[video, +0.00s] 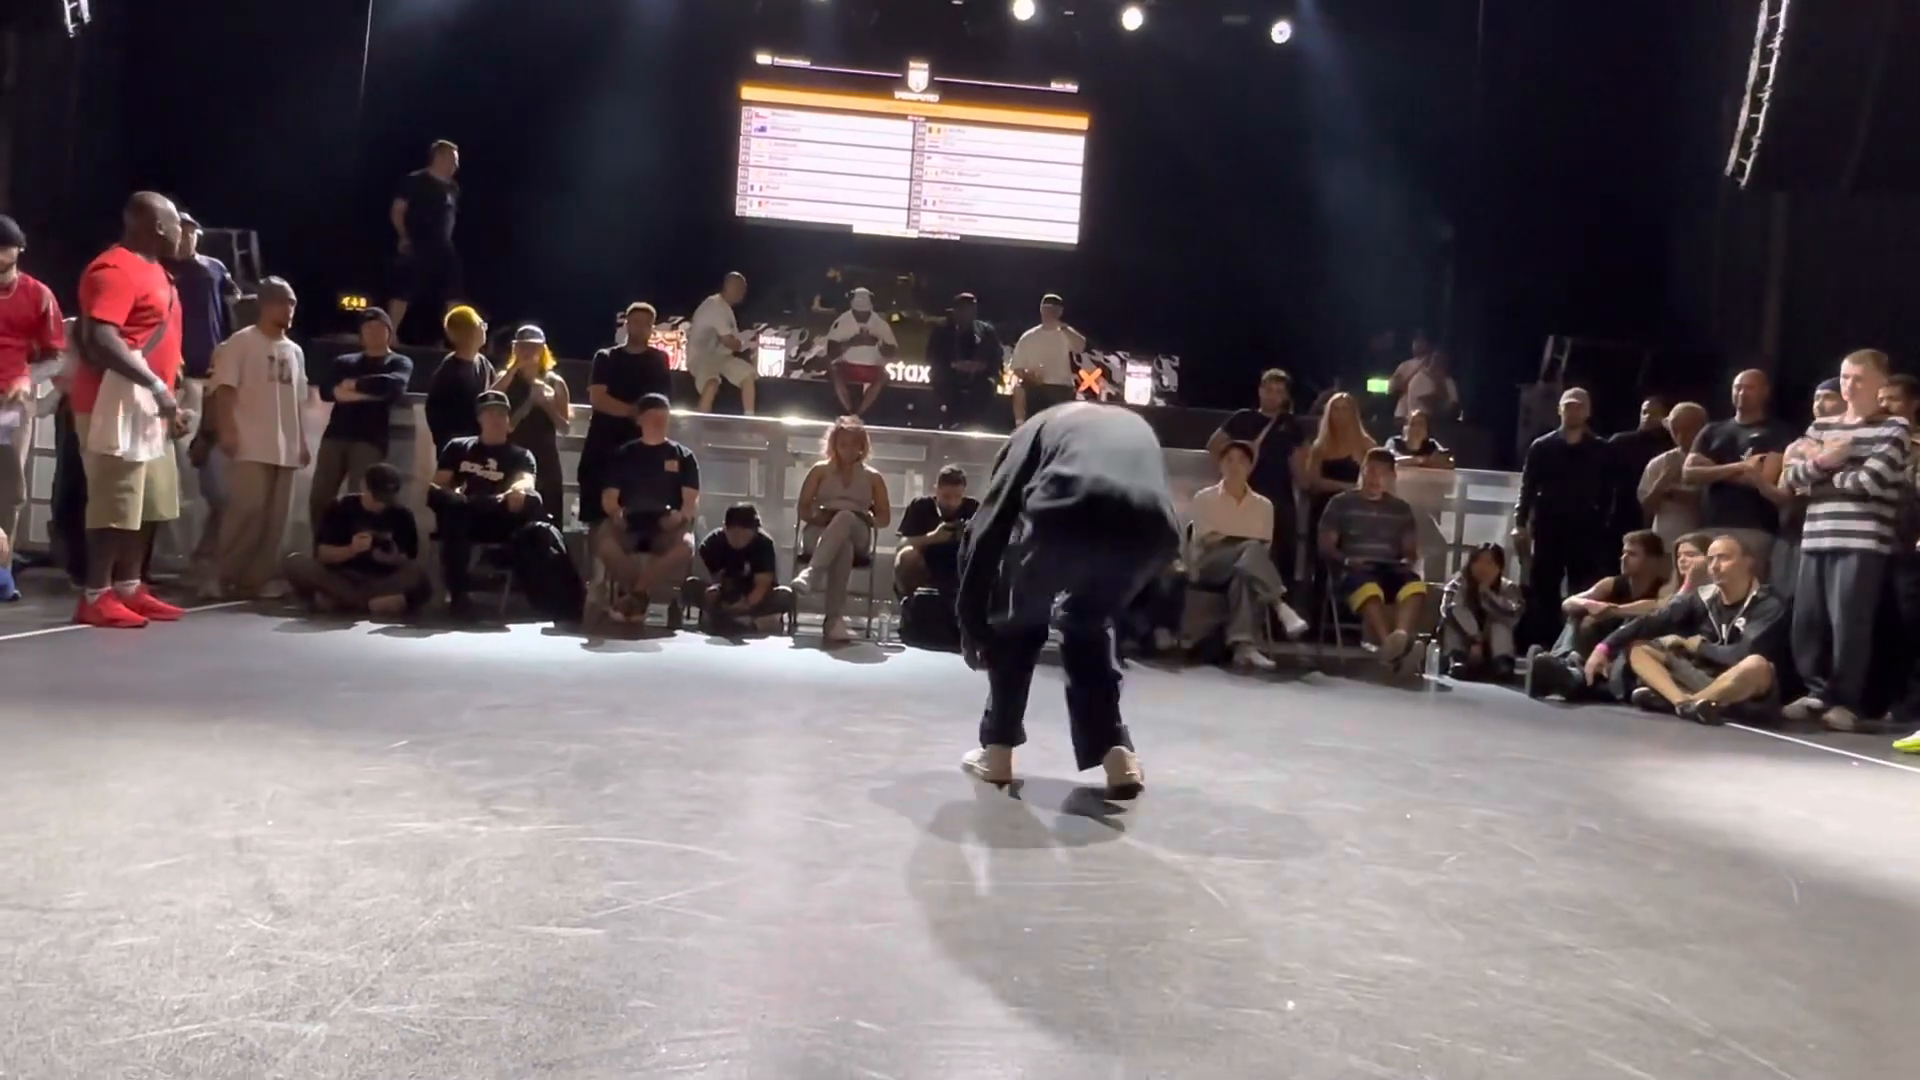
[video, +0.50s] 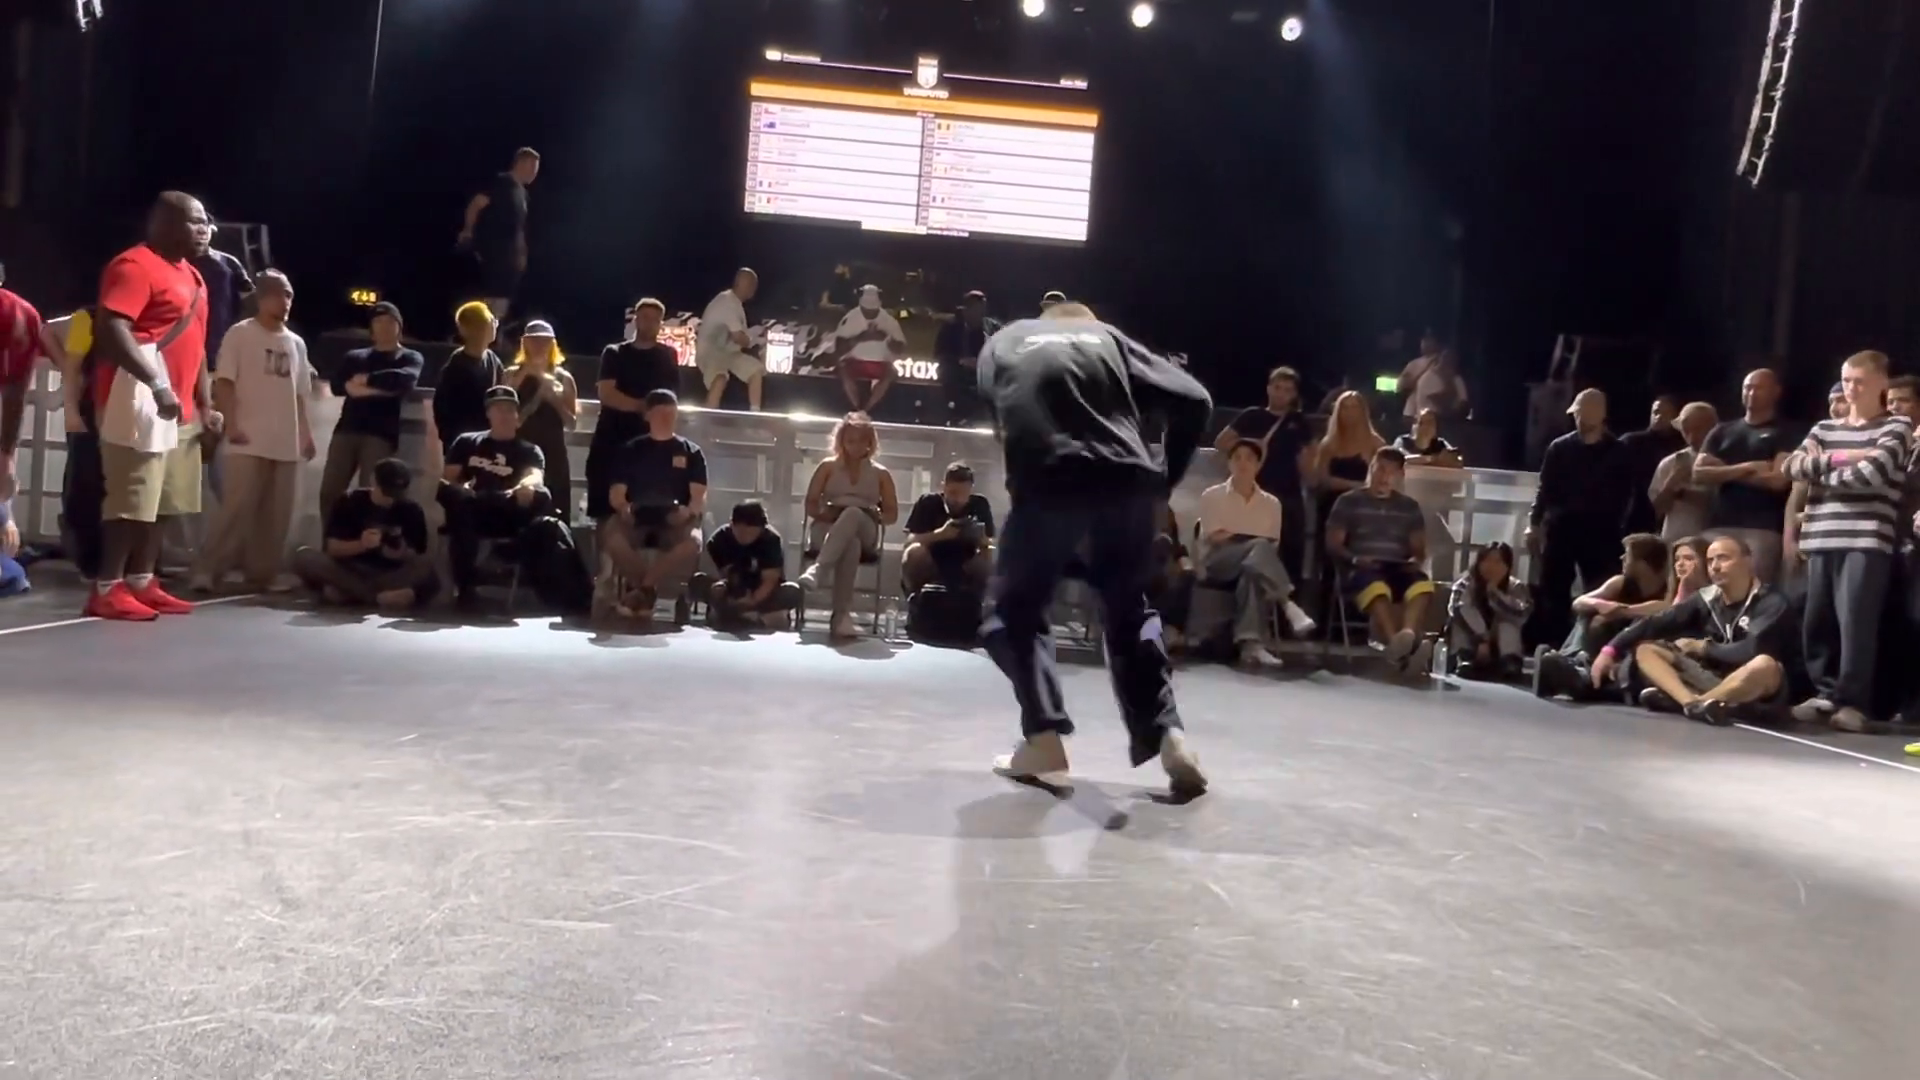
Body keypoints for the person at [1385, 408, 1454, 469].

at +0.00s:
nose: (1417, 429)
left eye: (1421, 424)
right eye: (1413, 424)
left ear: (1427, 428)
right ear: (1406, 427)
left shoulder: (1432, 445)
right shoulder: (1394, 442)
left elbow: (1447, 460)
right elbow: (1391, 459)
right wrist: (1420, 460)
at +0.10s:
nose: (1419, 428)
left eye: (1423, 424)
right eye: (1415, 424)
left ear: (1429, 427)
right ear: (1409, 426)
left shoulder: (1434, 444)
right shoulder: (1396, 442)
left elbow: (1449, 461)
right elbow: (1393, 460)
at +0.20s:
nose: (1420, 428)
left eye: (1424, 424)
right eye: (1416, 424)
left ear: (1430, 427)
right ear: (1410, 426)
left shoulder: (1436, 445)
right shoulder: (1397, 442)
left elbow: (1451, 461)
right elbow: (1393, 459)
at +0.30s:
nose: (1423, 428)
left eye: (1427, 424)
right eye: (1419, 424)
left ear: (1433, 427)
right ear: (1412, 426)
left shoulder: (1438, 444)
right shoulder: (1400, 442)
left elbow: (1454, 462)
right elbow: (1396, 459)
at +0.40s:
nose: (1424, 428)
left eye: (1428, 423)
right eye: (1420, 423)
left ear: (1434, 427)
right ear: (1414, 426)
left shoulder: (1440, 444)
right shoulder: (1401, 442)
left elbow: (1454, 461)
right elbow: (1400, 459)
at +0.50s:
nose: (1426, 427)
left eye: (1430, 423)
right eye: (1422, 423)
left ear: (1435, 426)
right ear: (1416, 425)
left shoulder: (1441, 444)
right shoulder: (1403, 441)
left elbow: (1456, 461)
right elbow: (1402, 459)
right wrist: (1435, 459)